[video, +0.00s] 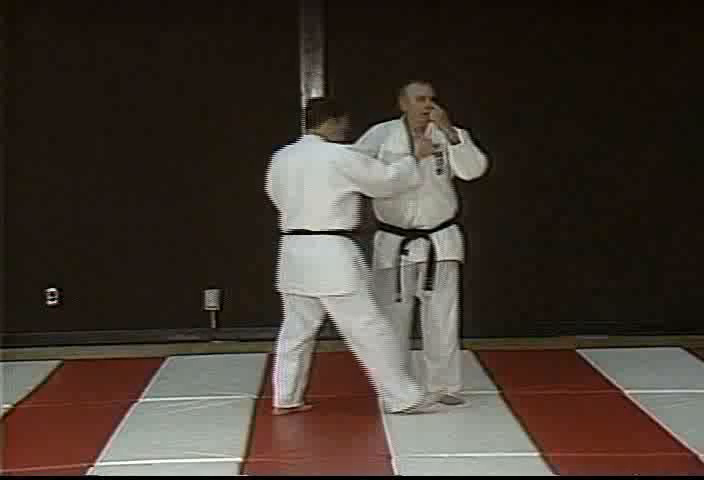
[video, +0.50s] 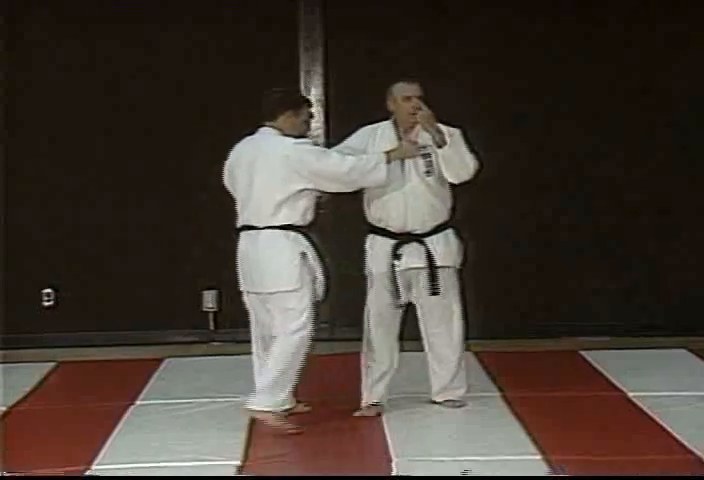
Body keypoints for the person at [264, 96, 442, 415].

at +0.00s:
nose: (347, 127)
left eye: (345, 120)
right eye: (343, 121)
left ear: (311, 123)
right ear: (330, 123)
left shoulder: (281, 158)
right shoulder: (341, 157)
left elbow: (274, 192)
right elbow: (384, 181)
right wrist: (415, 160)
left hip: (293, 250)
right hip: (334, 249)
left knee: (296, 329)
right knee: (366, 325)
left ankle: (285, 398)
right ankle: (400, 397)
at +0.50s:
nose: (308, 123)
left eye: (308, 117)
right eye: (304, 117)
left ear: (273, 118)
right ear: (287, 116)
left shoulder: (241, 150)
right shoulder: (295, 152)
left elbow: (231, 182)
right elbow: (343, 169)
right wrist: (393, 155)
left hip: (248, 245)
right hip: (282, 246)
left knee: (264, 328)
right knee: (295, 328)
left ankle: (275, 396)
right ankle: (267, 403)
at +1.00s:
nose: (283, 124)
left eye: (284, 117)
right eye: (277, 117)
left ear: (248, 117)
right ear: (254, 115)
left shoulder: (214, 153)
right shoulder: (269, 151)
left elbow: (208, 189)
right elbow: (316, 169)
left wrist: (277, 196)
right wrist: (362, 155)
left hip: (219, 250)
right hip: (252, 252)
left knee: (234, 338)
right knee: (252, 342)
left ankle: (223, 409)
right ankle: (243, 425)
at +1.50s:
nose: (262, 118)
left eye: (263, 111)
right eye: (256, 111)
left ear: (231, 114)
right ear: (233, 111)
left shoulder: (198, 148)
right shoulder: (248, 150)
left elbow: (189, 182)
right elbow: (299, 169)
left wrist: (266, 193)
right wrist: (359, 157)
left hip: (201, 251)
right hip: (235, 254)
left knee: (215, 339)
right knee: (251, 342)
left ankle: (214, 411)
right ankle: (242, 424)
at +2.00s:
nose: (262, 114)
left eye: (262, 107)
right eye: (256, 108)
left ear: (229, 112)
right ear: (232, 108)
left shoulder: (195, 148)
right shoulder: (250, 146)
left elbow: (190, 185)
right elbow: (301, 167)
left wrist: (269, 196)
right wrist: (358, 156)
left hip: (203, 249)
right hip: (239, 251)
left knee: (214, 340)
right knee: (244, 344)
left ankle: (214, 415)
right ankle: (240, 429)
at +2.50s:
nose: (260, 125)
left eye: (261, 118)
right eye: (257, 117)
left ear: (226, 113)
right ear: (238, 113)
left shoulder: (191, 146)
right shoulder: (243, 149)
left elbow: (176, 177)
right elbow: (295, 168)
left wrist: (255, 189)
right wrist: (355, 157)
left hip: (192, 251)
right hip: (229, 254)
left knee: (201, 342)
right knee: (240, 345)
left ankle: (203, 414)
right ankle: (241, 431)